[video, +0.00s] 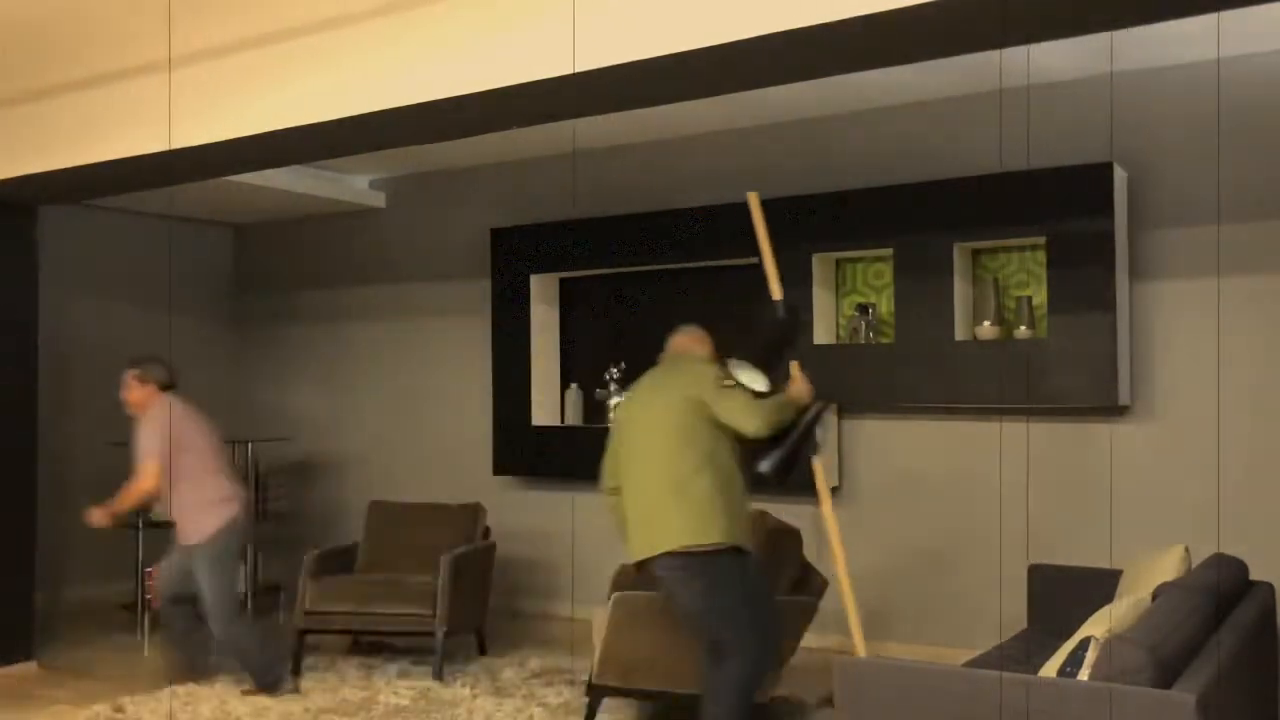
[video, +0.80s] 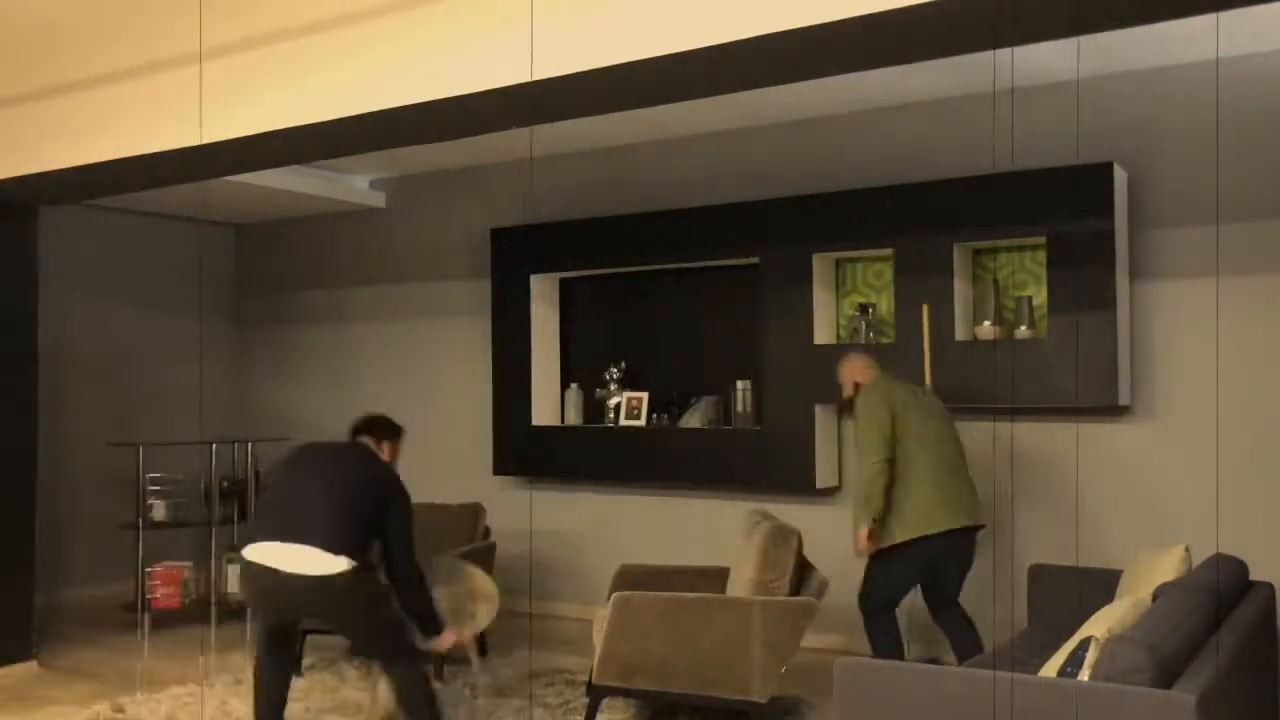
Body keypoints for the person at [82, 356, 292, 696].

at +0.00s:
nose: (123, 396)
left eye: (128, 387)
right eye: (123, 388)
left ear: (147, 386)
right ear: (151, 386)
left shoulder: (157, 413)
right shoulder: (175, 410)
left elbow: (149, 480)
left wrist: (109, 510)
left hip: (212, 525)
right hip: (214, 523)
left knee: (223, 620)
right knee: (166, 585)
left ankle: (272, 674)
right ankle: (193, 669)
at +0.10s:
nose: (39, 394)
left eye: (45, 385)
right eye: (40, 386)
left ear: (65, 385)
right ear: (70, 386)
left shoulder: (69, 417)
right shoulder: (101, 411)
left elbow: (68, 481)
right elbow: (124, 472)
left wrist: (44, 527)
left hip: (101, 535)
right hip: (127, 530)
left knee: (82, 615)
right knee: (97, 609)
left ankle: (164, 652)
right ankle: (106, 680)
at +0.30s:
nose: (103, 377)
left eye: (104, 367)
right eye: (96, 366)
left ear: (68, 365)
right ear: (64, 363)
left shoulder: (67, 416)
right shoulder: (28, 416)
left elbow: (97, 458)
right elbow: (37, 506)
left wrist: (161, 458)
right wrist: (112, 537)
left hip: (51, 559)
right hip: (16, 564)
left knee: (87, 647)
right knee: (68, 646)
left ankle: (90, 712)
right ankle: (16, 707)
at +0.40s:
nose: (190, 389)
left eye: (190, 378)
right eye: (185, 378)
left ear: (157, 377)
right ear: (158, 375)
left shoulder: (141, 424)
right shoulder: (125, 428)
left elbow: (183, 471)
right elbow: (130, 516)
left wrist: (250, 467)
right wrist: (193, 545)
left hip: (118, 569)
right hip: (96, 574)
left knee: (165, 647)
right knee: (172, 650)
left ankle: (130, 712)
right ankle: (177, 711)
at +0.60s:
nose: (306, 409)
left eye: (307, 399)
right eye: (306, 399)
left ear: (260, 390)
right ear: (289, 393)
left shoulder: (226, 428)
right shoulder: (275, 429)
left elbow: (237, 522)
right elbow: (339, 476)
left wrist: (302, 559)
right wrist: (411, 495)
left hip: (180, 575)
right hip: (218, 570)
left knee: (277, 641)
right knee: (310, 637)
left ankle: (272, 712)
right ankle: (276, 712)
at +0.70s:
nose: (347, 430)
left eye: (349, 423)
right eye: (347, 421)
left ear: (308, 410)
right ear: (330, 414)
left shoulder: (259, 440)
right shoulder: (334, 445)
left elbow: (270, 518)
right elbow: (386, 513)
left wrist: (339, 542)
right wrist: (444, 556)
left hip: (223, 574)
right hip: (283, 569)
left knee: (283, 645)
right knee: (361, 644)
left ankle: (279, 716)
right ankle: (387, 713)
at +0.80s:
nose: (396, 461)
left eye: (397, 452)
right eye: (395, 452)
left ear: (353, 441)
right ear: (383, 447)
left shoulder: (303, 454)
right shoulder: (386, 481)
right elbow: (402, 569)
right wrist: (434, 631)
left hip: (262, 580)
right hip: (334, 587)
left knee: (275, 647)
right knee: (401, 659)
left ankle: (267, 713)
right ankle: (425, 713)